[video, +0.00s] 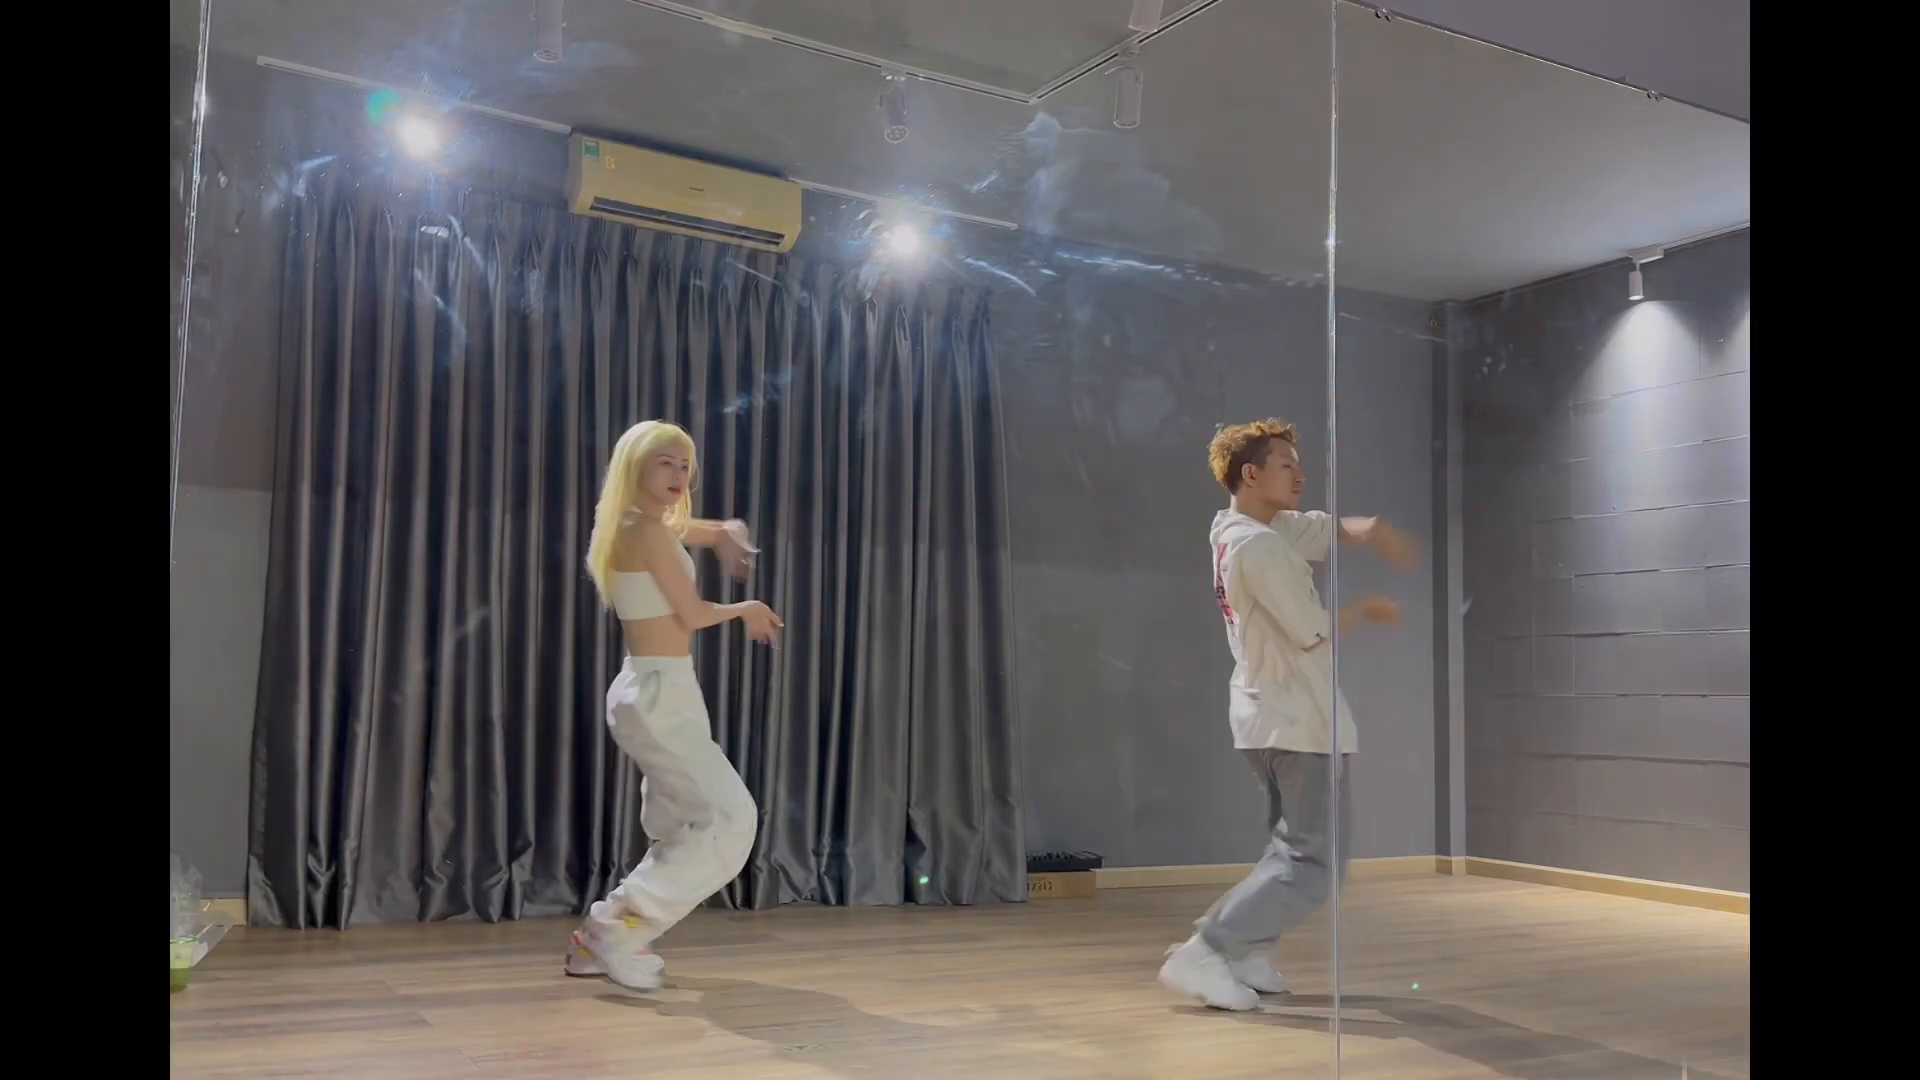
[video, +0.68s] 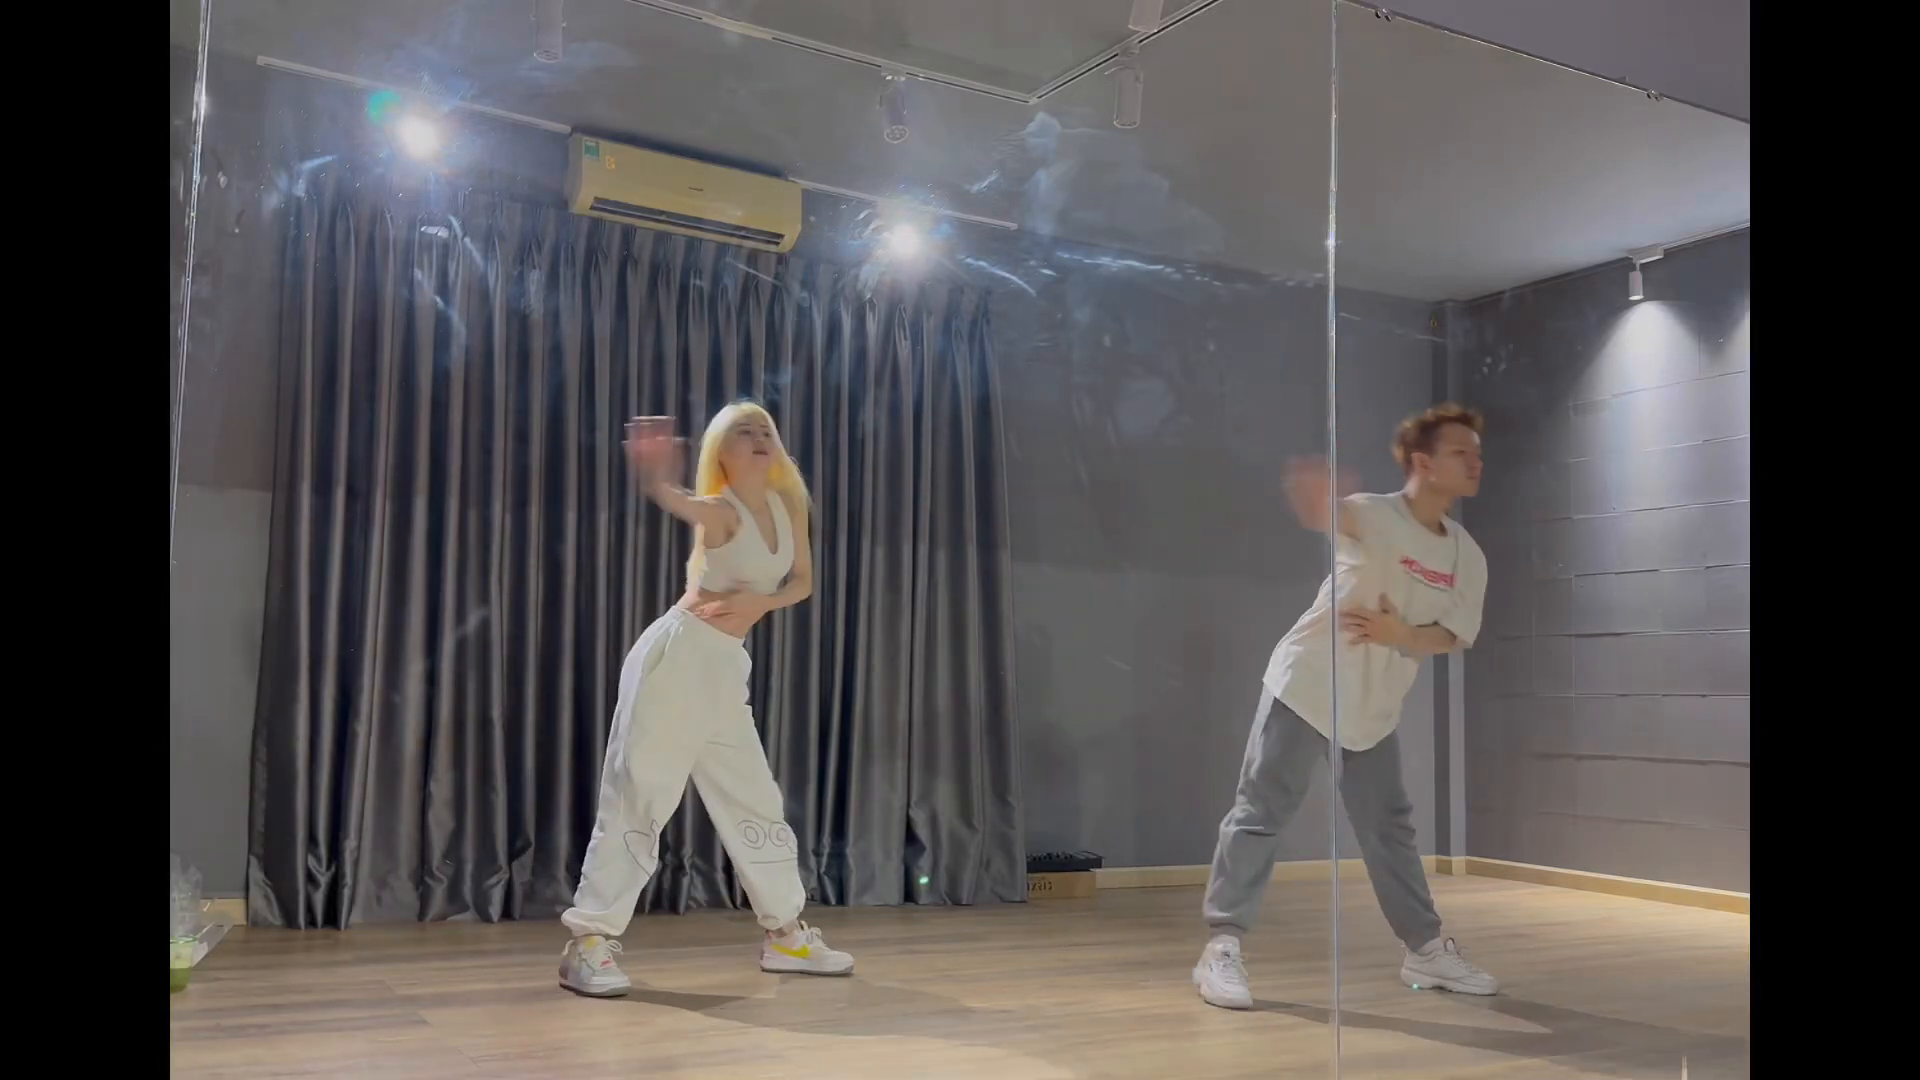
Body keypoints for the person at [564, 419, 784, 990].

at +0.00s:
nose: (680, 474)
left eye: (686, 467)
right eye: (667, 462)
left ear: (685, 477)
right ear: (634, 469)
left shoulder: (630, 527)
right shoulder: (649, 531)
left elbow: (705, 531)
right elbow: (691, 614)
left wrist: (726, 534)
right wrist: (746, 610)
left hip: (644, 697)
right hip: (661, 701)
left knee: (676, 835)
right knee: (735, 818)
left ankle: (605, 941)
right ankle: (617, 924)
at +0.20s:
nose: (686, 476)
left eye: (695, 468)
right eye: (676, 461)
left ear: (699, 475)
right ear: (644, 459)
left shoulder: (659, 523)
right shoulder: (633, 509)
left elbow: (646, 608)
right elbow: (666, 578)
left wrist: (723, 607)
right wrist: (708, 523)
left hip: (698, 682)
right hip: (672, 683)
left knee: (755, 811)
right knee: (668, 828)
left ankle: (664, 903)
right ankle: (577, 948)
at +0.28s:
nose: (705, 448)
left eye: (712, 438)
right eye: (692, 437)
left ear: (718, 447)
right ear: (661, 444)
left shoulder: (665, 501)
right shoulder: (682, 494)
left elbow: (666, 594)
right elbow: (750, 548)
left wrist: (715, 608)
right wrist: (771, 523)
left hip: (691, 673)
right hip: (674, 673)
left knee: (770, 796)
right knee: (661, 828)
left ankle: (736, 922)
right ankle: (576, 948)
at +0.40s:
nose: (744, 438)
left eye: (743, 430)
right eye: (729, 437)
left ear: (759, 443)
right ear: (712, 464)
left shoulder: (716, 501)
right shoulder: (741, 494)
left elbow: (691, 601)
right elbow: (831, 528)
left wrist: (742, 601)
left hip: (692, 672)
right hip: (669, 669)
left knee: (752, 808)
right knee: (639, 816)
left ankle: (788, 933)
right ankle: (574, 947)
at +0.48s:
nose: (781, 445)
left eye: (778, 437)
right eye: (763, 440)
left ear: (778, 453)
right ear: (738, 461)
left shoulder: (749, 514)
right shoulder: (755, 504)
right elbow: (846, 519)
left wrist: (759, 602)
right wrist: (936, 515)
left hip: (703, 673)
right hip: (674, 662)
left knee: (744, 810)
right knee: (628, 805)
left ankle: (789, 935)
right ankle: (574, 946)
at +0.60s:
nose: (783, 444)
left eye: (784, 434)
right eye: (765, 437)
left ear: (793, 450)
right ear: (739, 461)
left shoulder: (785, 519)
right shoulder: (734, 511)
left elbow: (779, 586)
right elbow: (751, 508)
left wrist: (774, 601)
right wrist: (790, 485)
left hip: (716, 670)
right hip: (672, 657)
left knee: (746, 803)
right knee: (632, 800)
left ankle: (786, 933)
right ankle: (588, 941)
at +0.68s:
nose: (759, 438)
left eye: (766, 430)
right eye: (744, 432)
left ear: (779, 449)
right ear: (721, 454)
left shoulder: (789, 505)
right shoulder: (722, 510)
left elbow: (803, 582)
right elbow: (692, 507)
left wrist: (758, 603)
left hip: (723, 671)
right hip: (677, 659)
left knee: (755, 803)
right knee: (637, 801)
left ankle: (786, 935)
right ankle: (590, 943)